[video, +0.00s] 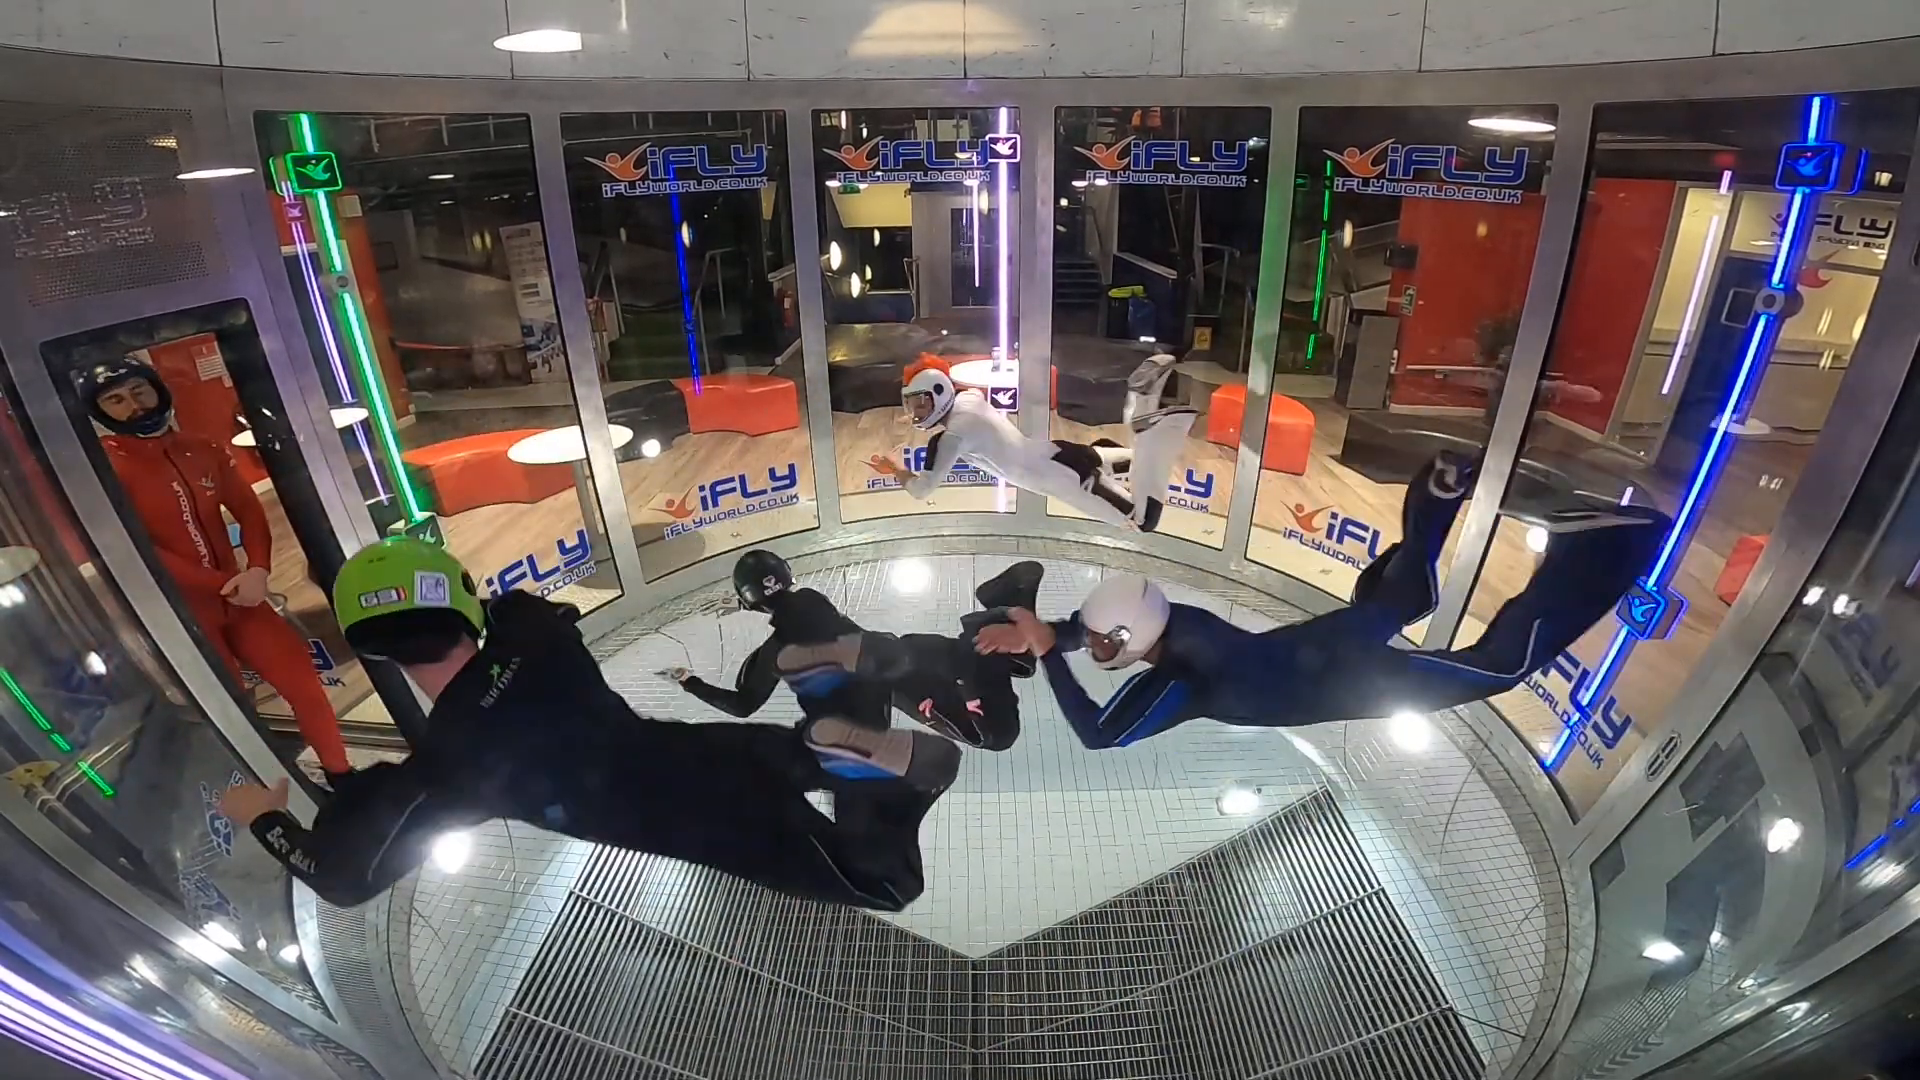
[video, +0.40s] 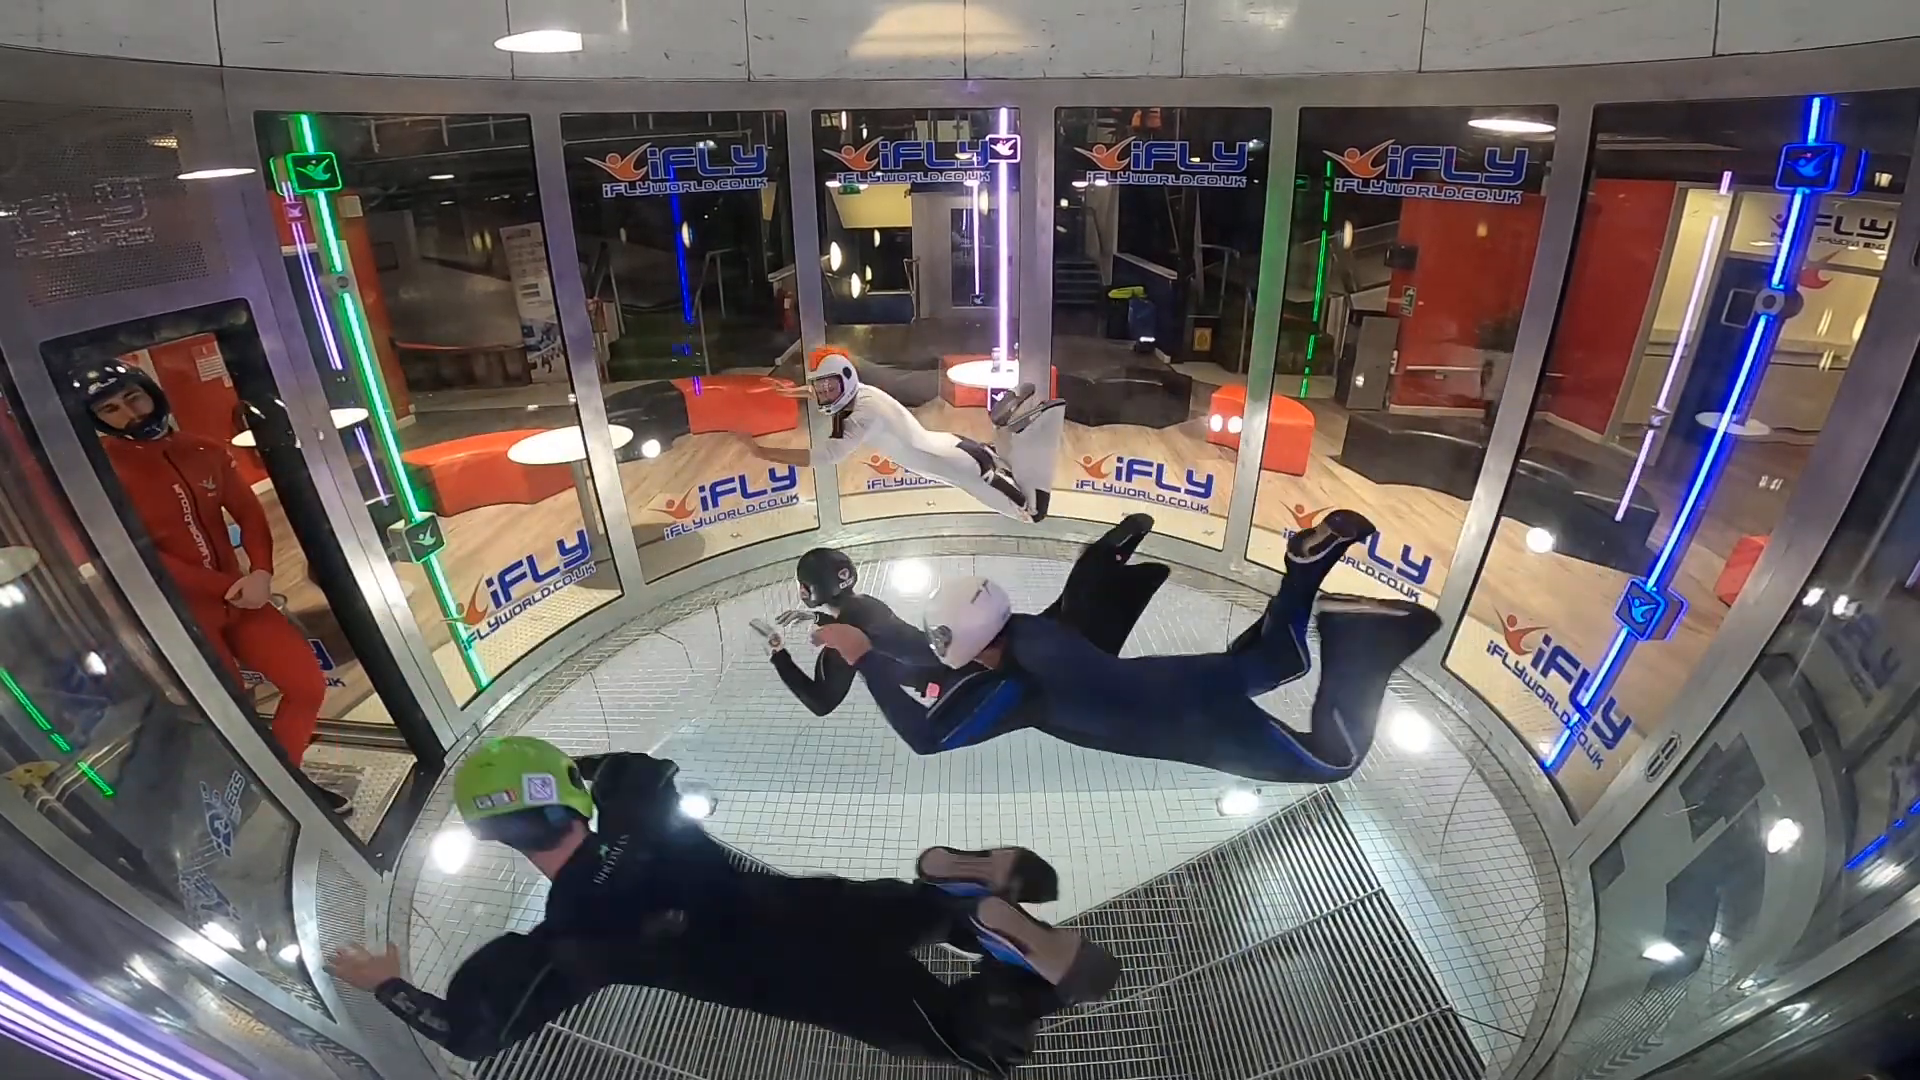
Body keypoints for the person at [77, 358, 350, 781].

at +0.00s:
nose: (135, 406)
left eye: (139, 391)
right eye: (117, 401)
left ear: (157, 390)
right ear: (100, 415)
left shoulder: (200, 450)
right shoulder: (105, 469)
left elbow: (248, 509)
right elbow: (136, 553)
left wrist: (258, 568)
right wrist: (224, 583)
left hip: (238, 599)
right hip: (186, 618)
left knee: (302, 680)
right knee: (233, 718)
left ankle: (342, 778)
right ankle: (267, 818)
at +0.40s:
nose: (130, 412)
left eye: (132, 396)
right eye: (112, 409)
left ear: (149, 393)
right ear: (96, 423)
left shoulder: (200, 451)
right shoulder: (102, 475)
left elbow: (249, 511)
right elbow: (136, 560)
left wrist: (260, 572)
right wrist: (226, 587)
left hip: (240, 601)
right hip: (185, 618)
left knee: (308, 683)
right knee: (236, 711)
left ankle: (281, 777)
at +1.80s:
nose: (116, 423)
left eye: (127, 407)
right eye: (101, 411)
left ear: (151, 405)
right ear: (86, 417)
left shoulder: (194, 454)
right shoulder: (90, 476)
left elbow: (254, 509)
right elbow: (93, 558)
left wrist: (238, 517)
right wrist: (161, 548)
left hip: (233, 606)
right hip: (182, 628)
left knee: (305, 689)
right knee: (237, 711)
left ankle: (247, 780)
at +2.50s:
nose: (117, 425)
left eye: (132, 412)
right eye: (106, 413)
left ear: (158, 412)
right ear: (92, 414)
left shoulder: (186, 455)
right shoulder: (90, 470)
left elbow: (242, 500)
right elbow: (71, 542)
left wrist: (204, 509)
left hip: (224, 607)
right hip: (172, 630)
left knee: (301, 687)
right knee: (237, 712)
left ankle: (245, 781)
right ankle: (293, 791)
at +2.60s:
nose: (116, 426)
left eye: (130, 413)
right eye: (105, 413)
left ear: (157, 413)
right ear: (92, 415)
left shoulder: (193, 456)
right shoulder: (89, 474)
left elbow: (243, 505)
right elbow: (72, 546)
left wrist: (219, 527)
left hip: (225, 607)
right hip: (169, 629)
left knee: (302, 688)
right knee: (233, 713)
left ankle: (243, 779)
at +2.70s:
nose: (116, 426)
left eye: (129, 413)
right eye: (104, 414)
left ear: (155, 412)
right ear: (90, 414)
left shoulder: (190, 455)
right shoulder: (84, 474)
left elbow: (241, 504)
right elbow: (67, 541)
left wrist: (231, 538)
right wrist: (114, 503)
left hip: (224, 605)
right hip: (168, 627)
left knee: (302, 688)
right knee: (232, 715)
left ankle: (244, 779)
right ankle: (294, 790)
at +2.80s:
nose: (121, 425)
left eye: (132, 411)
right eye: (107, 414)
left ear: (155, 409)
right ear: (91, 417)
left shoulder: (194, 456)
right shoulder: (84, 475)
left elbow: (245, 507)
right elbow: (76, 554)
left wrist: (238, 546)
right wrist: (154, 544)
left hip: (224, 604)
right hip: (169, 626)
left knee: (302, 688)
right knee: (233, 716)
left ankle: (245, 778)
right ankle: (294, 791)